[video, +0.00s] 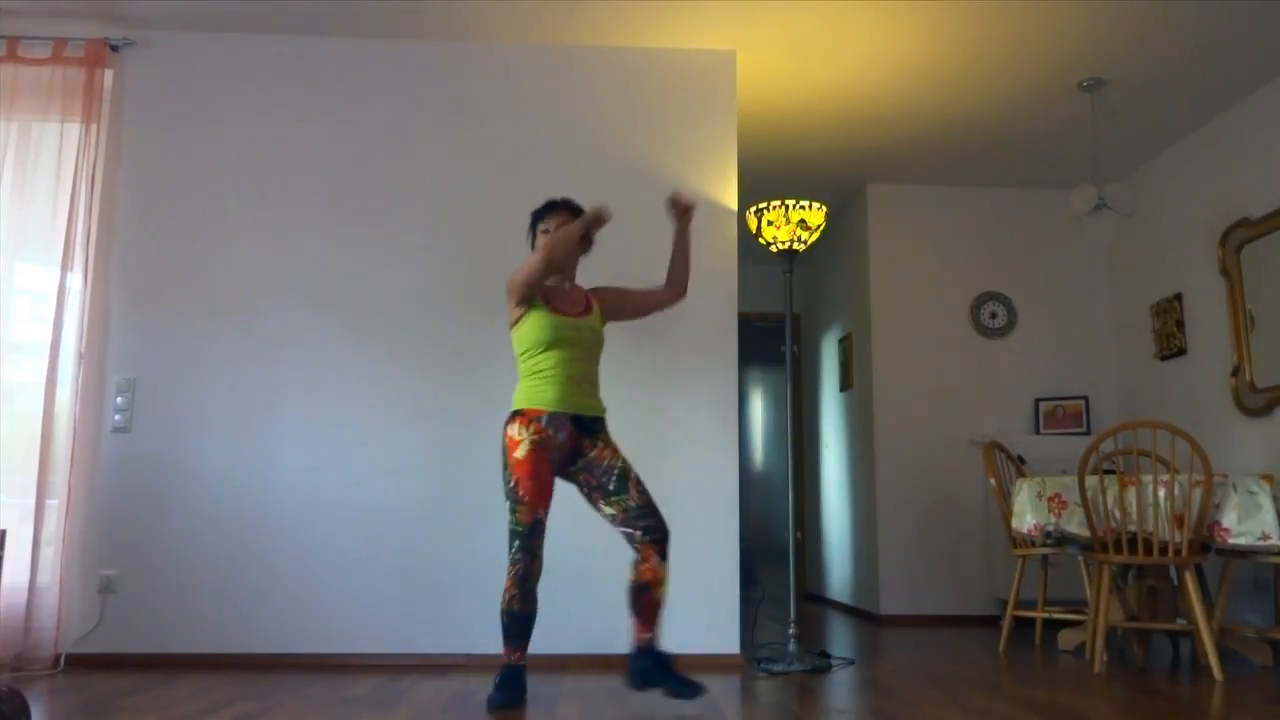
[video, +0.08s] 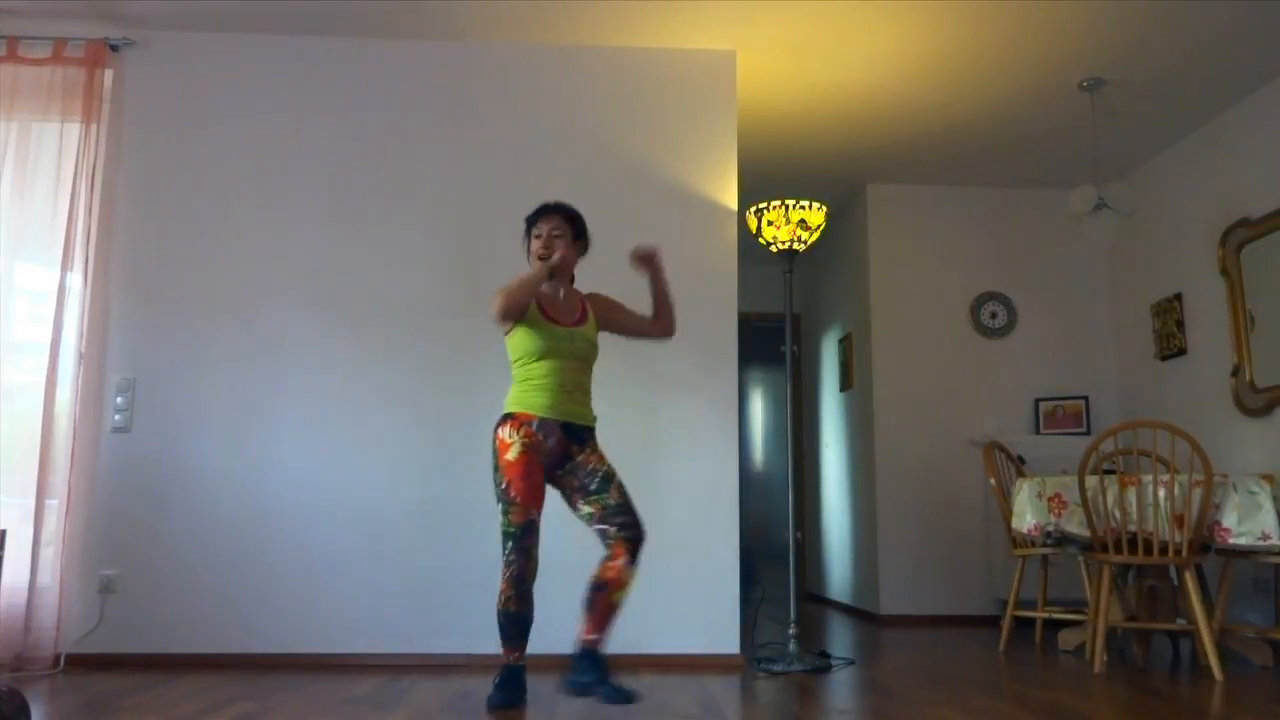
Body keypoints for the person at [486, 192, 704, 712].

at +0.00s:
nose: (559, 236)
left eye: (567, 230)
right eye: (550, 230)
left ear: (583, 244)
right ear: (534, 243)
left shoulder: (596, 300)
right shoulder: (523, 293)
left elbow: (672, 291)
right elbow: (547, 255)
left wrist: (681, 226)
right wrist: (587, 224)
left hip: (588, 434)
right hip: (532, 431)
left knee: (652, 533)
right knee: (526, 552)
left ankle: (645, 656)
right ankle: (513, 671)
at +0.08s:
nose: (546, 244)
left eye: (558, 236)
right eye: (538, 238)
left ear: (579, 247)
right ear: (528, 250)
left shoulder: (593, 305)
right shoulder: (522, 297)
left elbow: (662, 326)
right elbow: (503, 312)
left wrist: (656, 272)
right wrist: (542, 270)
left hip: (577, 441)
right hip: (523, 436)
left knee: (626, 536)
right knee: (520, 555)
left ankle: (586, 663)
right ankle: (512, 672)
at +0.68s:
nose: (587, 220)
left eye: (596, 210)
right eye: (580, 213)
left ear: (623, 212)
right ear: (580, 221)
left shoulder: (646, 266)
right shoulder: (575, 266)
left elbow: (635, 203)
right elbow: (504, 229)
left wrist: (595, 136)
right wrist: (470, 172)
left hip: (604, 407)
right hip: (544, 400)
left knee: (642, 534)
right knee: (522, 529)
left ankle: (692, 652)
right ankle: (507, 656)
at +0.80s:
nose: (598, 231)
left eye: (605, 219)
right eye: (593, 224)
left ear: (638, 215)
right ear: (599, 232)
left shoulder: (668, 271)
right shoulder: (601, 276)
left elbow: (652, 193)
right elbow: (531, 239)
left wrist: (616, 123)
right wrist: (499, 179)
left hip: (638, 421)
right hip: (579, 414)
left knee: (664, 548)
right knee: (542, 537)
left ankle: (699, 669)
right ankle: (521, 657)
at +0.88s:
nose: (607, 242)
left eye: (615, 231)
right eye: (602, 234)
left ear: (650, 230)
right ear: (605, 241)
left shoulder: (681, 281)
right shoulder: (609, 289)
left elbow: (676, 215)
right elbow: (537, 277)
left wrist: (634, 149)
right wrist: (534, 211)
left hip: (665, 429)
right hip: (607, 426)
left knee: (679, 553)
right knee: (555, 531)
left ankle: (701, 671)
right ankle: (557, 655)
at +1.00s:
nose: (617, 253)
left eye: (626, 242)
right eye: (612, 244)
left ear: (657, 244)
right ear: (614, 250)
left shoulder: (688, 290)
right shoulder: (617, 302)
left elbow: (712, 301)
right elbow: (558, 343)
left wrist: (673, 241)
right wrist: (567, 291)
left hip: (688, 439)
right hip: (632, 440)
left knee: (691, 564)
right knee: (590, 536)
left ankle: (703, 676)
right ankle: (642, 662)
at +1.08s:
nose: (620, 255)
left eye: (629, 245)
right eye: (616, 248)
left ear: (662, 246)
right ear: (615, 256)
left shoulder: (696, 303)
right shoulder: (616, 311)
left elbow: (732, 365)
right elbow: (592, 377)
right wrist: (568, 349)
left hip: (696, 441)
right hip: (640, 443)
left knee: (693, 565)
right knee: (630, 547)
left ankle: (702, 682)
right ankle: (685, 669)